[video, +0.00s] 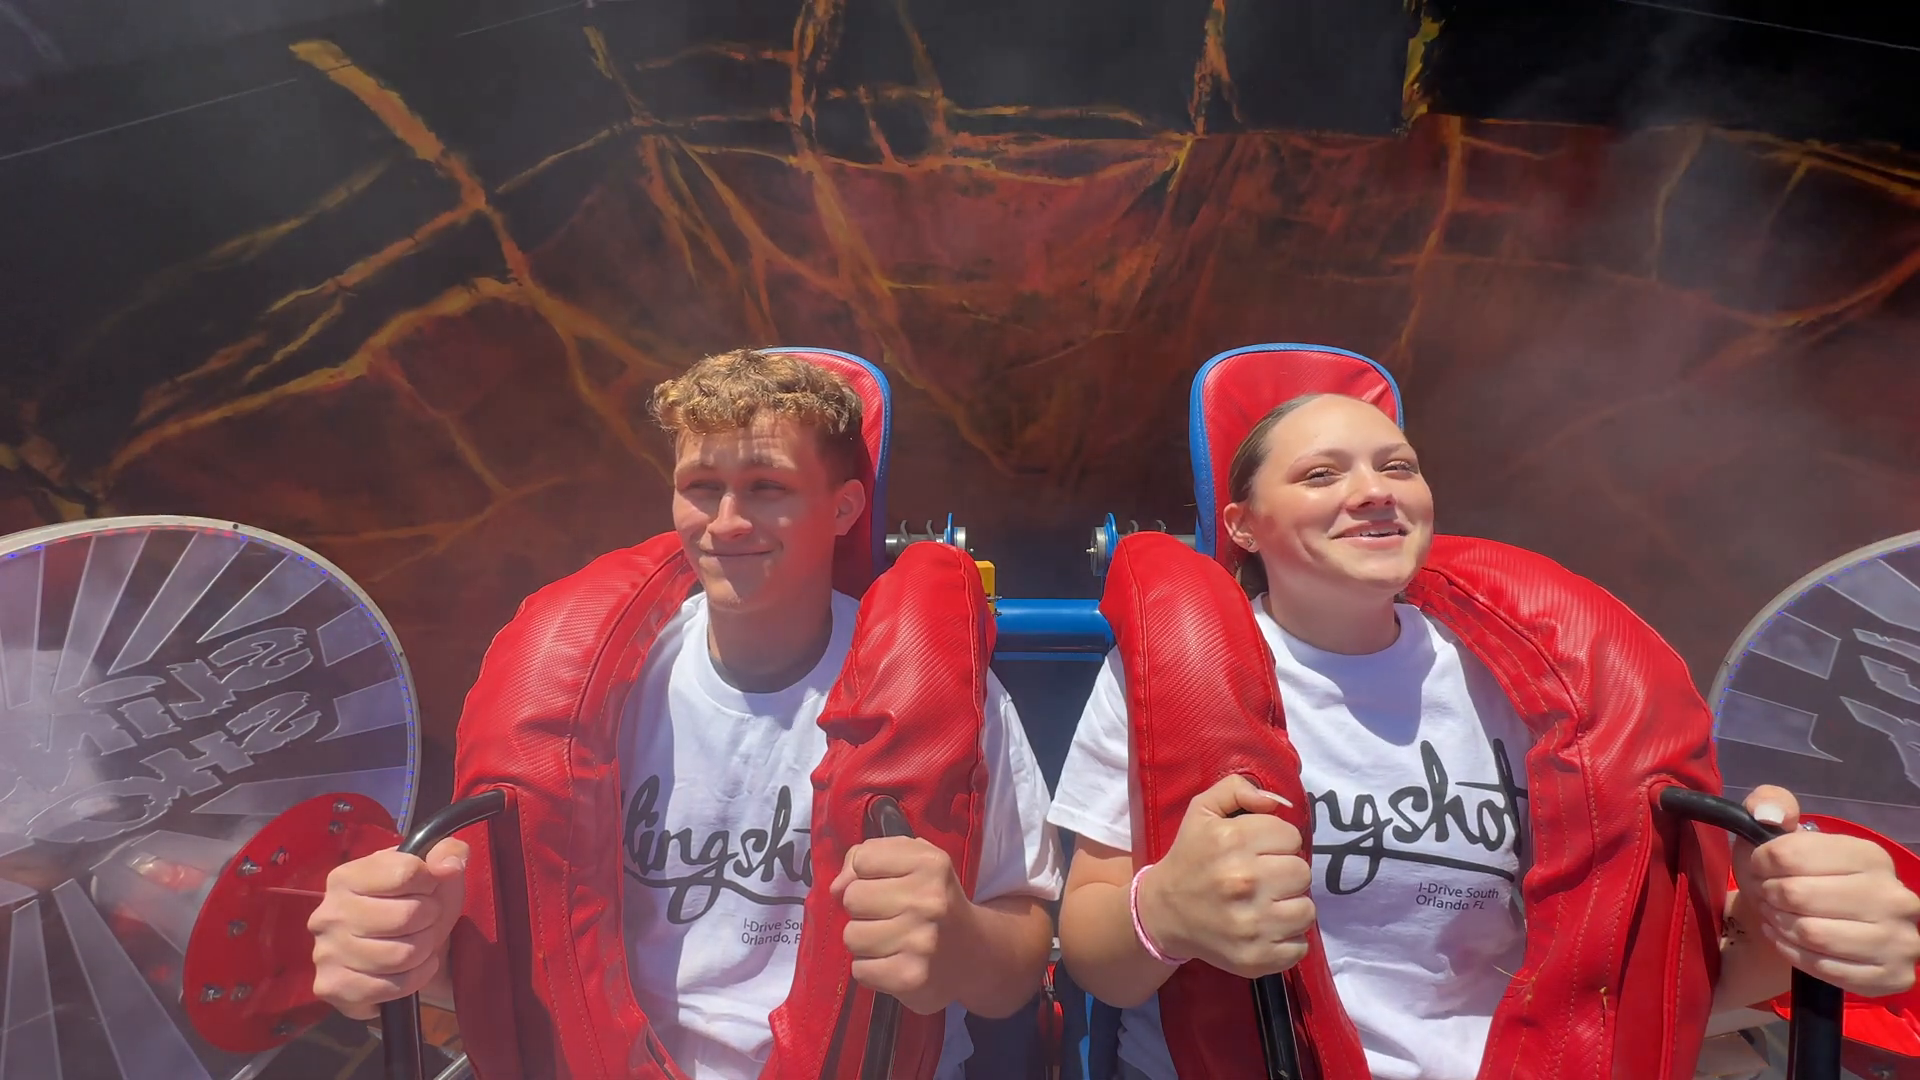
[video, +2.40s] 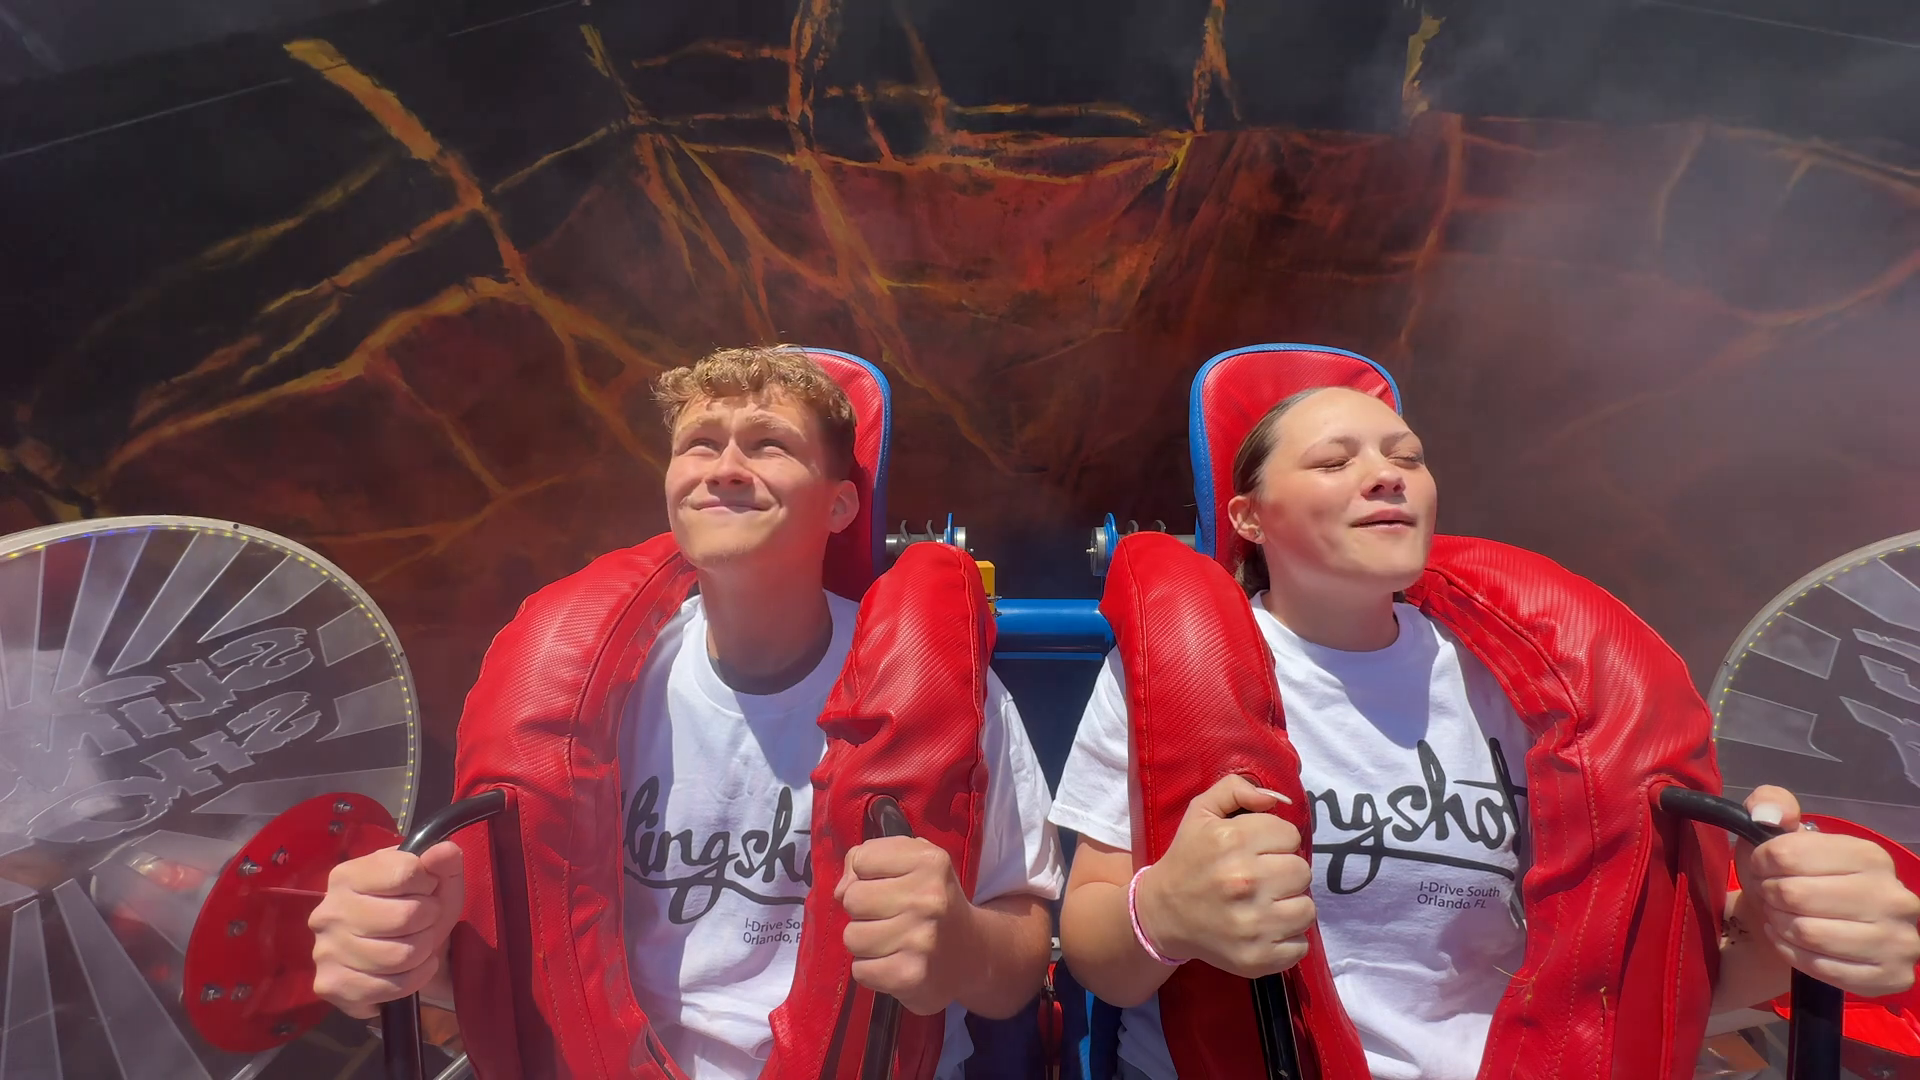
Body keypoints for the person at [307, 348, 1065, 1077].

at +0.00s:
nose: (726, 523)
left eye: (766, 491)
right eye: (703, 490)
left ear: (847, 507)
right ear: (672, 494)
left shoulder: (935, 688)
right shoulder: (586, 674)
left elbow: (1026, 955)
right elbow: (503, 926)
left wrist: (965, 949)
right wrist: (402, 942)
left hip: (839, 1063)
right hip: (616, 1058)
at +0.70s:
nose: (831, 522)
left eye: (850, 492)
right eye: (789, 487)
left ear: (873, 504)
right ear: (693, 499)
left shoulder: (937, 685)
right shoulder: (583, 671)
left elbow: (1024, 952)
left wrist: (965, 950)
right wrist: (411, 941)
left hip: (840, 1063)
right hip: (614, 1059)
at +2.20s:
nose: (737, 495)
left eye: (778, 465)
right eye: (710, 463)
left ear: (845, 500)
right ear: (674, 488)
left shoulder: (937, 688)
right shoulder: (582, 674)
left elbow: (1025, 960)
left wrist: (965, 949)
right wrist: (411, 947)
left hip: (841, 1063)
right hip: (617, 1058)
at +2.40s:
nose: (724, 463)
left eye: (770, 445)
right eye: (701, 443)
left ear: (841, 502)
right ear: (666, 490)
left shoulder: (938, 688)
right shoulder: (577, 678)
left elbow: (1025, 959)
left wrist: (964, 949)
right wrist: (411, 948)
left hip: (844, 1063)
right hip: (618, 1059)